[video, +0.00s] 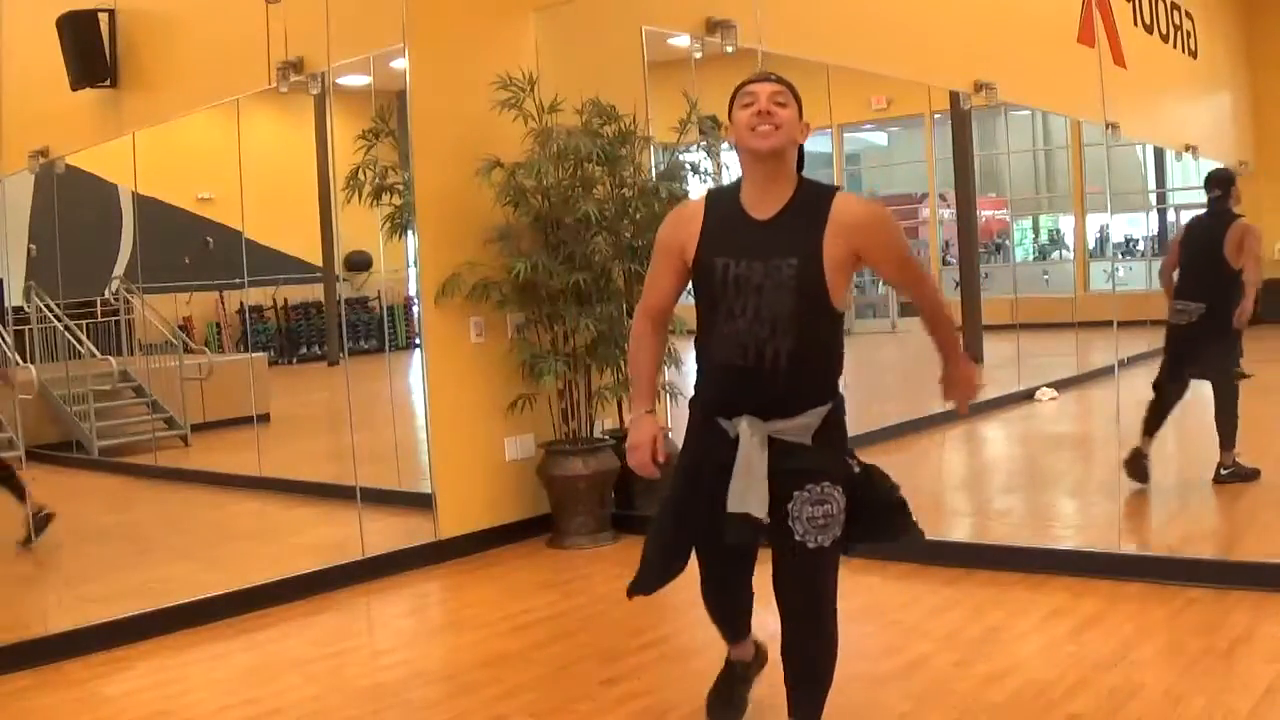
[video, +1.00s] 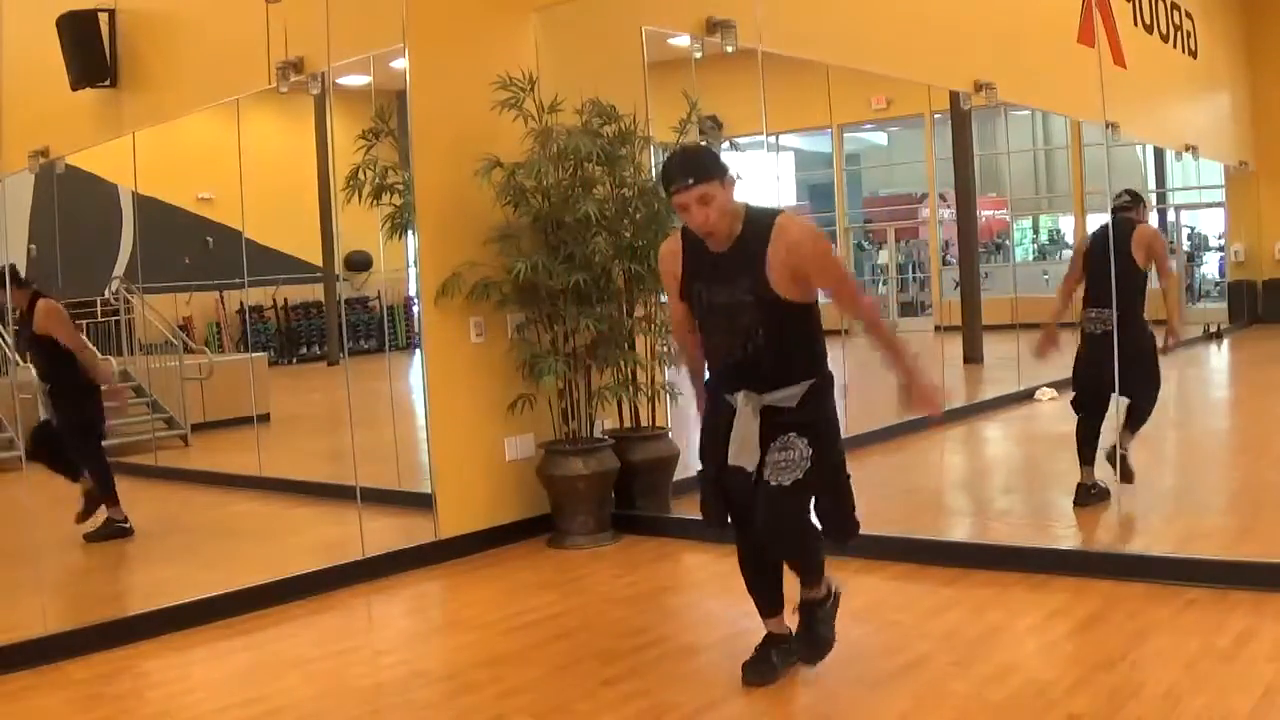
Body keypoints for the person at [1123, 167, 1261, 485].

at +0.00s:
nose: (1238, 193)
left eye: (1234, 187)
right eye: (1236, 188)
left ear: (1207, 193)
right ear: (1232, 192)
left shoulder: (1189, 227)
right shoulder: (1244, 229)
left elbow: (1166, 269)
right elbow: (1251, 267)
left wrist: (1174, 303)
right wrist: (1249, 301)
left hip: (1182, 324)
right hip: (1218, 326)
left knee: (1169, 386)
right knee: (1225, 391)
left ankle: (1141, 450)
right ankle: (1227, 462)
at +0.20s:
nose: (1197, 208)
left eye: (1195, 202)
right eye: (1195, 203)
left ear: (1166, 209)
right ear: (1188, 207)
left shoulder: (1146, 242)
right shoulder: (1200, 242)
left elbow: (1123, 288)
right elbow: (1223, 267)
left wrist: (1140, 313)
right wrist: (1229, 302)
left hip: (1135, 339)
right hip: (1173, 339)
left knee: (1126, 402)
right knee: (1203, 399)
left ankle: (1096, 463)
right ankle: (1224, 462)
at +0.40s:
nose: (1153, 216)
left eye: (1150, 211)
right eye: (1151, 211)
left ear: (1120, 216)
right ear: (1144, 214)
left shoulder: (1106, 252)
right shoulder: (1165, 251)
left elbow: (1086, 299)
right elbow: (1181, 303)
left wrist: (1113, 296)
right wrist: (1191, 349)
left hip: (1103, 349)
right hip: (1141, 348)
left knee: (1103, 414)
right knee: (1171, 403)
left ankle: (1087, 481)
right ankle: (1195, 464)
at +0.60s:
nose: (1137, 199)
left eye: (1133, 195)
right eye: (1135, 195)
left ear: (1105, 200)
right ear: (1129, 198)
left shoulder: (1089, 233)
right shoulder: (1149, 232)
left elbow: (1084, 276)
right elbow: (1153, 266)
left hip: (1093, 335)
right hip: (1131, 334)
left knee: (1090, 407)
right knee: (1138, 399)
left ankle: (1086, 481)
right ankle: (1128, 473)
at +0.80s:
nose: (1134, 202)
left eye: (1131, 197)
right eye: (1132, 197)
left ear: (1103, 199)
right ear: (1125, 197)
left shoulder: (1085, 231)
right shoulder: (1144, 232)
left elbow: (1083, 267)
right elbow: (1144, 269)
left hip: (1089, 331)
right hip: (1124, 329)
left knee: (1088, 402)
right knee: (1127, 382)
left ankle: (1088, 483)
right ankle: (1102, 438)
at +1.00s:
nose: (1146, 218)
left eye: (1145, 214)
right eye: (1146, 213)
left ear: (1114, 211)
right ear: (1140, 211)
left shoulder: (1089, 241)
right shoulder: (1147, 234)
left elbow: (1068, 285)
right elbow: (1167, 279)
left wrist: (1051, 324)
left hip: (1092, 337)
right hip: (1131, 334)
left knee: (1090, 407)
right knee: (1146, 390)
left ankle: (1087, 482)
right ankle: (1122, 444)